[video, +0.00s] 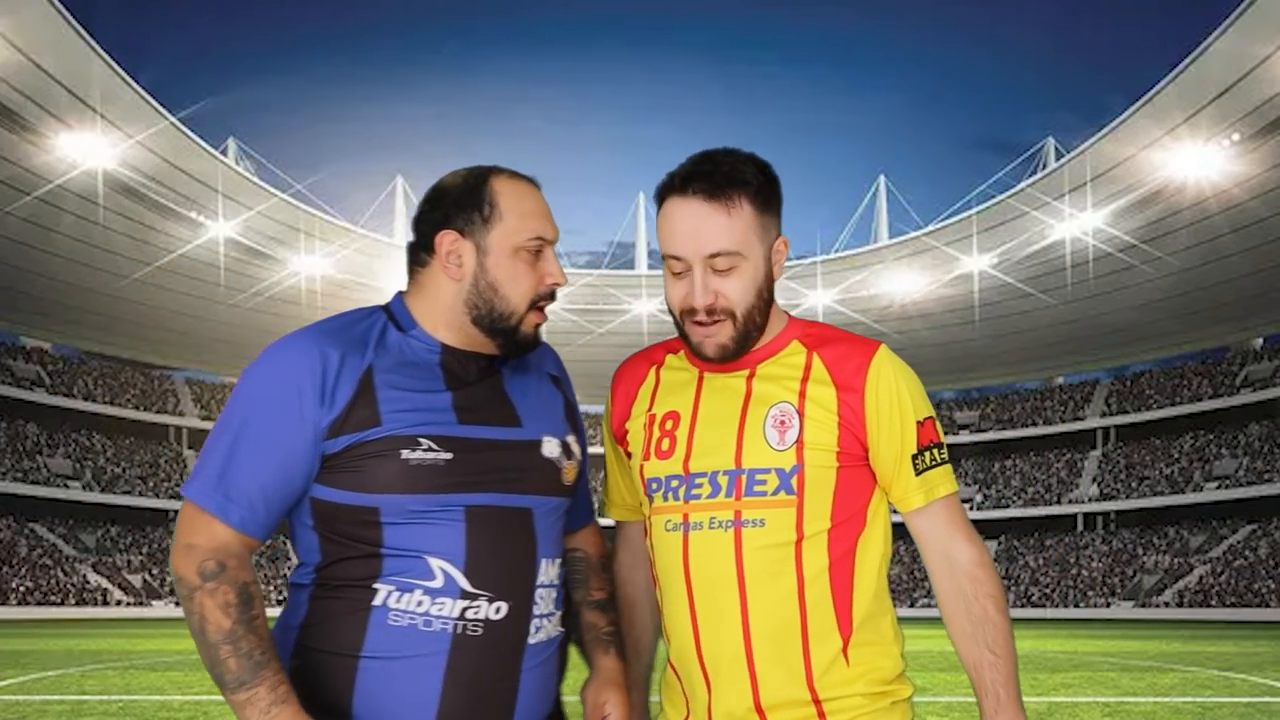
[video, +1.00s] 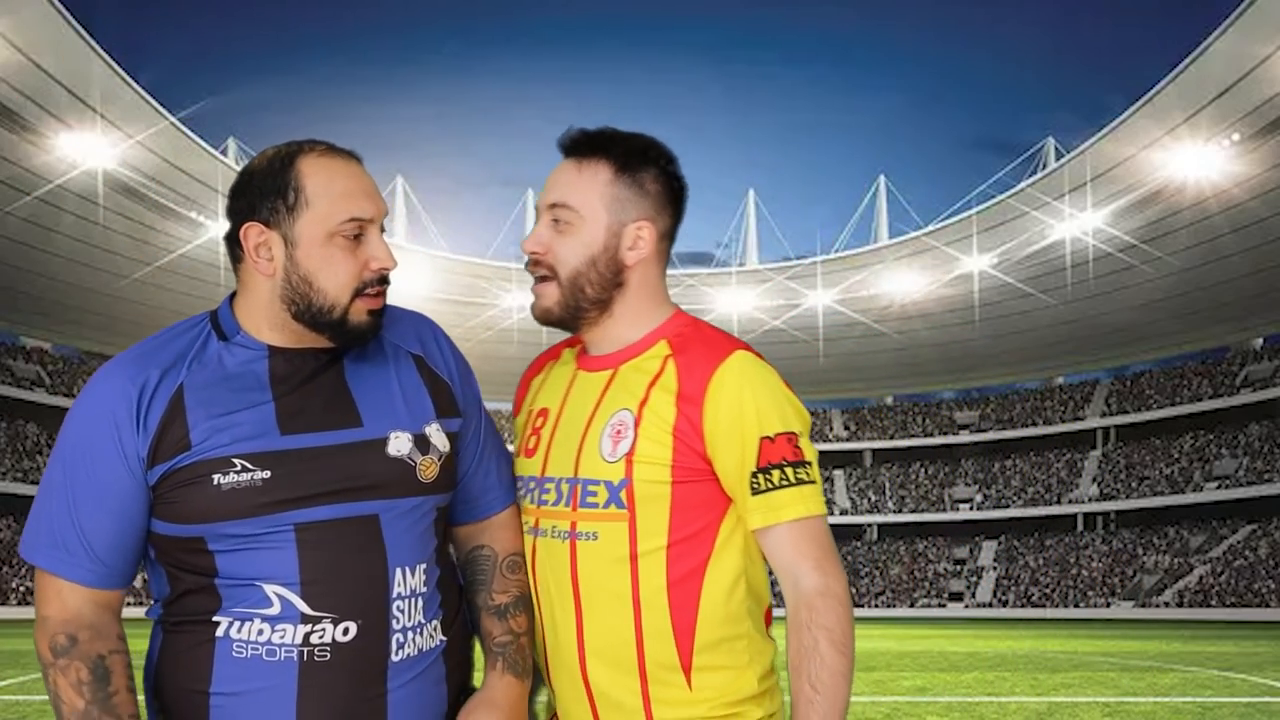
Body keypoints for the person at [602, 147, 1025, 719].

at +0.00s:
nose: (698, 297)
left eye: (723, 265)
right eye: (677, 268)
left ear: (777, 259)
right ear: (661, 263)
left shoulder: (864, 375)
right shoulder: (635, 387)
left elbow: (955, 559)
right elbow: (633, 562)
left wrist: (1003, 710)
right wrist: (627, 701)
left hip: (849, 704)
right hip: (695, 706)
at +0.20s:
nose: (655, 299)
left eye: (683, 271)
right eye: (644, 269)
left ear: (753, 266)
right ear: (634, 263)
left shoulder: (852, 385)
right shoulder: (624, 385)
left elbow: (940, 572)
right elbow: (619, 556)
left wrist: (996, 714)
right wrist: (595, 712)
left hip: (825, 705)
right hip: (674, 708)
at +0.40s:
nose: (618, 278)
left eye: (643, 252)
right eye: (623, 248)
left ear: (724, 260)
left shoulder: (839, 397)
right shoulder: (628, 373)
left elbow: (912, 621)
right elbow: (615, 549)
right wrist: (584, 698)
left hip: (781, 705)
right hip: (637, 707)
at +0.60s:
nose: (611, 260)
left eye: (634, 235)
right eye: (619, 232)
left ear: (713, 250)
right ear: (712, 252)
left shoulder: (818, 396)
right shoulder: (632, 369)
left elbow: (875, 633)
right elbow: (613, 580)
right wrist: (573, 703)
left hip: (751, 705)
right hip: (612, 706)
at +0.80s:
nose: (590, 244)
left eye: (617, 220)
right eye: (601, 219)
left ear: (694, 239)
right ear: (693, 241)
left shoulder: (788, 388)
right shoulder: (607, 370)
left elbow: (848, 619)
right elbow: (596, 572)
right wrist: (559, 697)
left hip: (719, 704)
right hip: (587, 703)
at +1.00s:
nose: (530, 246)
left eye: (560, 222)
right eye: (538, 222)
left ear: (636, 242)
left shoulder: (730, 380)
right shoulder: (539, 381)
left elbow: (817, 589)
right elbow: (525, 575)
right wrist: (501, 694)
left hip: (712, 702)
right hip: (574, 705)